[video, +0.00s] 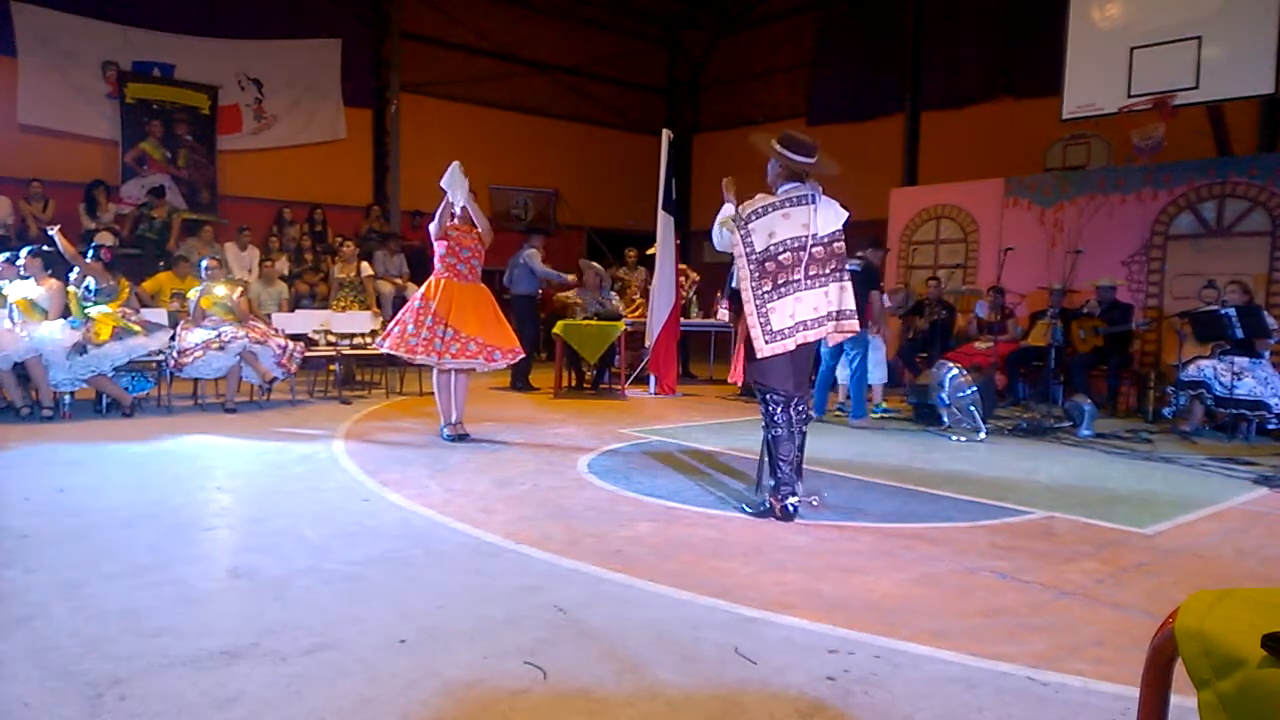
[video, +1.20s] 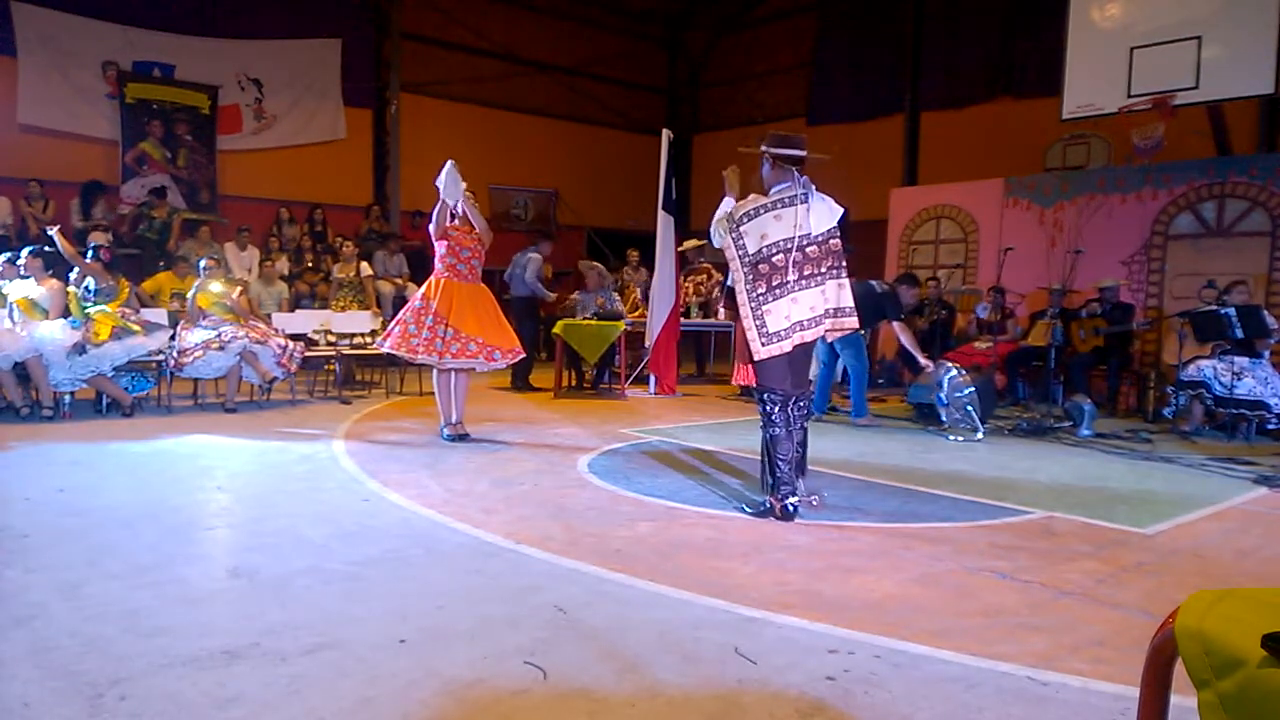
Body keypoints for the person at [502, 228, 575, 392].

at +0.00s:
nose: (543, 244)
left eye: (543, 240)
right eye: (541, 240)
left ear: (529, 240)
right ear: (535, 239)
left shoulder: (516, 256)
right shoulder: (531, 253)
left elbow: (507, 280)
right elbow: (540, 271)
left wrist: (525, 287)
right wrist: (565, 278)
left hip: (516, 298)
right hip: (527, 299)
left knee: (523, 337)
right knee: (530, 338)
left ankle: (518, 376)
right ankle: (522, 377)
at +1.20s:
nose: (550, 251)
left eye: (551, 247)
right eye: (549, 246)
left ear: (536, 244)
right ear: (542, 245)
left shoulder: (519, 256)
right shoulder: (536, 258)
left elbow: (507, 276)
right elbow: (530, 278)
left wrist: (520, 286)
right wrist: (548, 295)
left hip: (516, 299)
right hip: (528, 299)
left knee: (521, 338)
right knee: (529, 339)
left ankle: (517, 376)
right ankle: (523, 377)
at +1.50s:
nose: (564, 260)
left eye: (565, 257)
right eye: (564, 256)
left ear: (553, 251)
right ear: (556, 253)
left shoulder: (532, 259)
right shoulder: (546, 260)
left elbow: (517, 274)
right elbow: (533, 275)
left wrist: (530, 289)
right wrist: (547, 297)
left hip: (519, 297)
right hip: (528, 298)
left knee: (529, 340)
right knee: (531, 341)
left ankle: (535, 376)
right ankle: (524, 378)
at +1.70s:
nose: (573, 262)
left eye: (574, 258)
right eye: (572, 258)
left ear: (565, 257)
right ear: (565, 256)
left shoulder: (554, 267)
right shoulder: (552, 261)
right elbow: (536, 273)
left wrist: (549, 296)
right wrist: (549, 294)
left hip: (535, 299)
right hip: (527, 298)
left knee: (538, 339)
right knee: (531, 339)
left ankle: (537, 377)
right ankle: (523, 379)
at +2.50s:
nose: (572, 260)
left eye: (574, 256)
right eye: (571, 255)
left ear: (567, 255)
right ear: (564, 252)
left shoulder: (558, 268)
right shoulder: (549, 259)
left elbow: (551, 285)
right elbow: (532, 272)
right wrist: (543, 294)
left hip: (538, 301)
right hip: (528, 300)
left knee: (541, 340)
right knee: (529, 338)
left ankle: (537, 376)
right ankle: (517, 376)